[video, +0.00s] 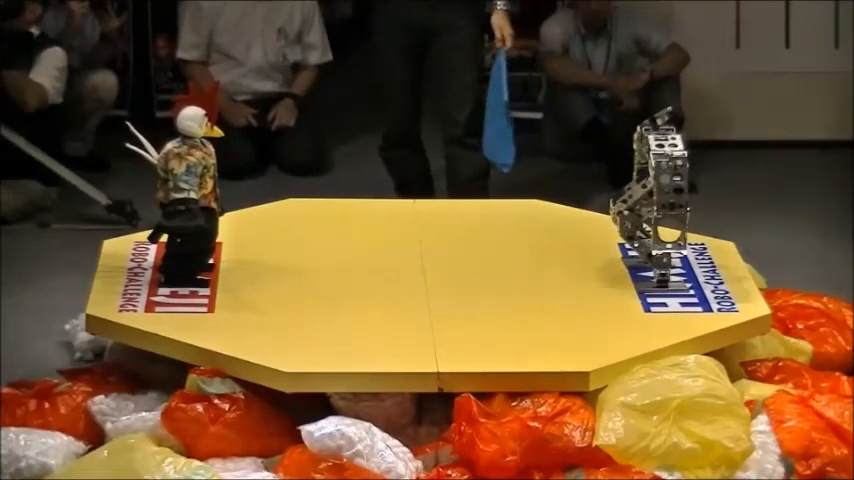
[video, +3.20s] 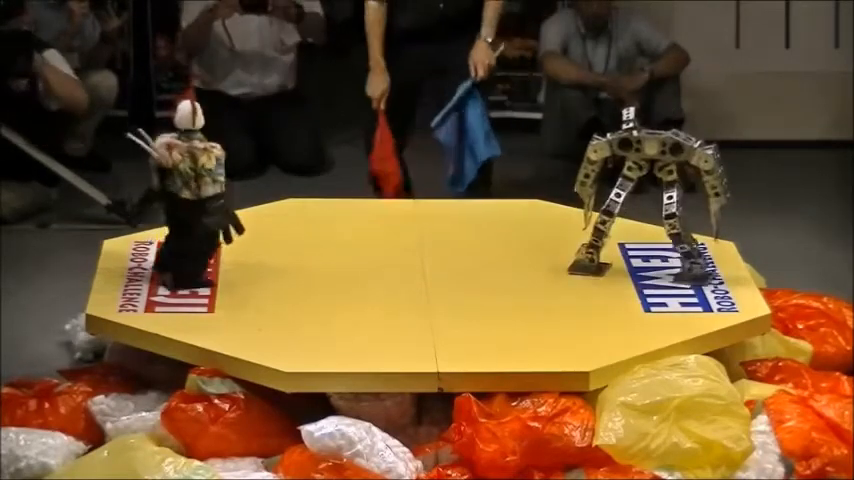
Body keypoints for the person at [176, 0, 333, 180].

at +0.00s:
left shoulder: (302, 5)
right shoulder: (202, 5)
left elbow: (312, 61)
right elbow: (191, 60)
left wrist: (292, 100)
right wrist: (226, 105)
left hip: (280, 98)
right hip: (228, 102)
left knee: (306, 160)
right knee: (237, 163)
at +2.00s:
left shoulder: (300, 5)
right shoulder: (201, 5)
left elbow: (310, 61)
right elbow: (191, 62)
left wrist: (290, 100)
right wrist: (226, 105)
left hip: (279, 98)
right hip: (227, 102)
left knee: (307, 161)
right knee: (237, 164)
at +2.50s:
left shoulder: (301, 5)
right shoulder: (196, 6)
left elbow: (317, 49)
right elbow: (187, 59)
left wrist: (299, 81)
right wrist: (220, 82)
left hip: (280, 97)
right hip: (229, 99)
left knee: (306, 161)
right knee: (237, 164)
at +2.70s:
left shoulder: (301, 4)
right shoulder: (197, 5)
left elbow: (320, 45)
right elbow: (183, 54)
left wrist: (296, 57)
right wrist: (215, 53)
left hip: (283, 99)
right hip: (227, 100)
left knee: (306, 162)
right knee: (236, 165)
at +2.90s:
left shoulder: (297, 3)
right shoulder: (197, 4)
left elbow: (322, 42)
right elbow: (183, 55)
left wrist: (294, 32)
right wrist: (213, 34)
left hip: (283, 99)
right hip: (228, 103)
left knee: (306, 162)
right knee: (236, 166)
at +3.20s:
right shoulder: (198, 5)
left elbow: (320, 31)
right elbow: (186, 48)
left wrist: (296, 16)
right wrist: (211, 15)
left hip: (279, 96)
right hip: (221, 99)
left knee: (307, 162)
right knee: (239, 166)